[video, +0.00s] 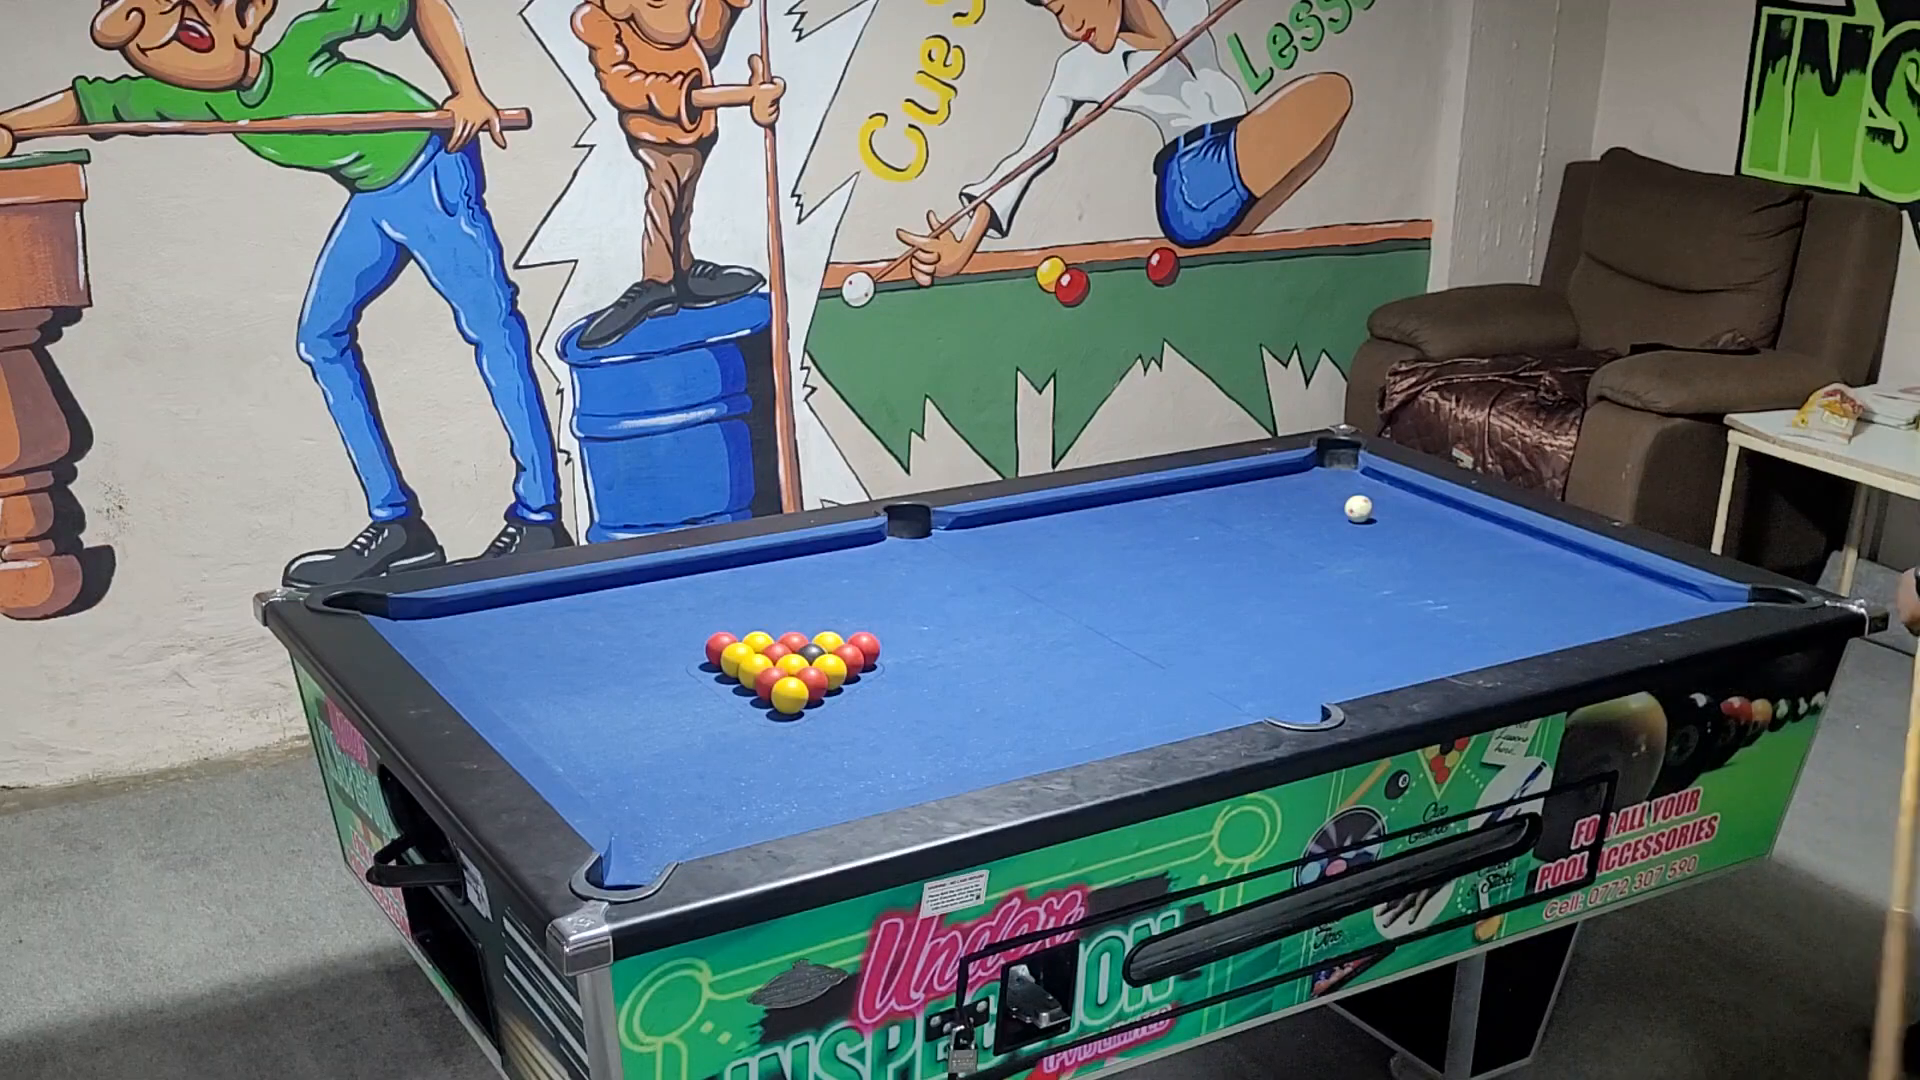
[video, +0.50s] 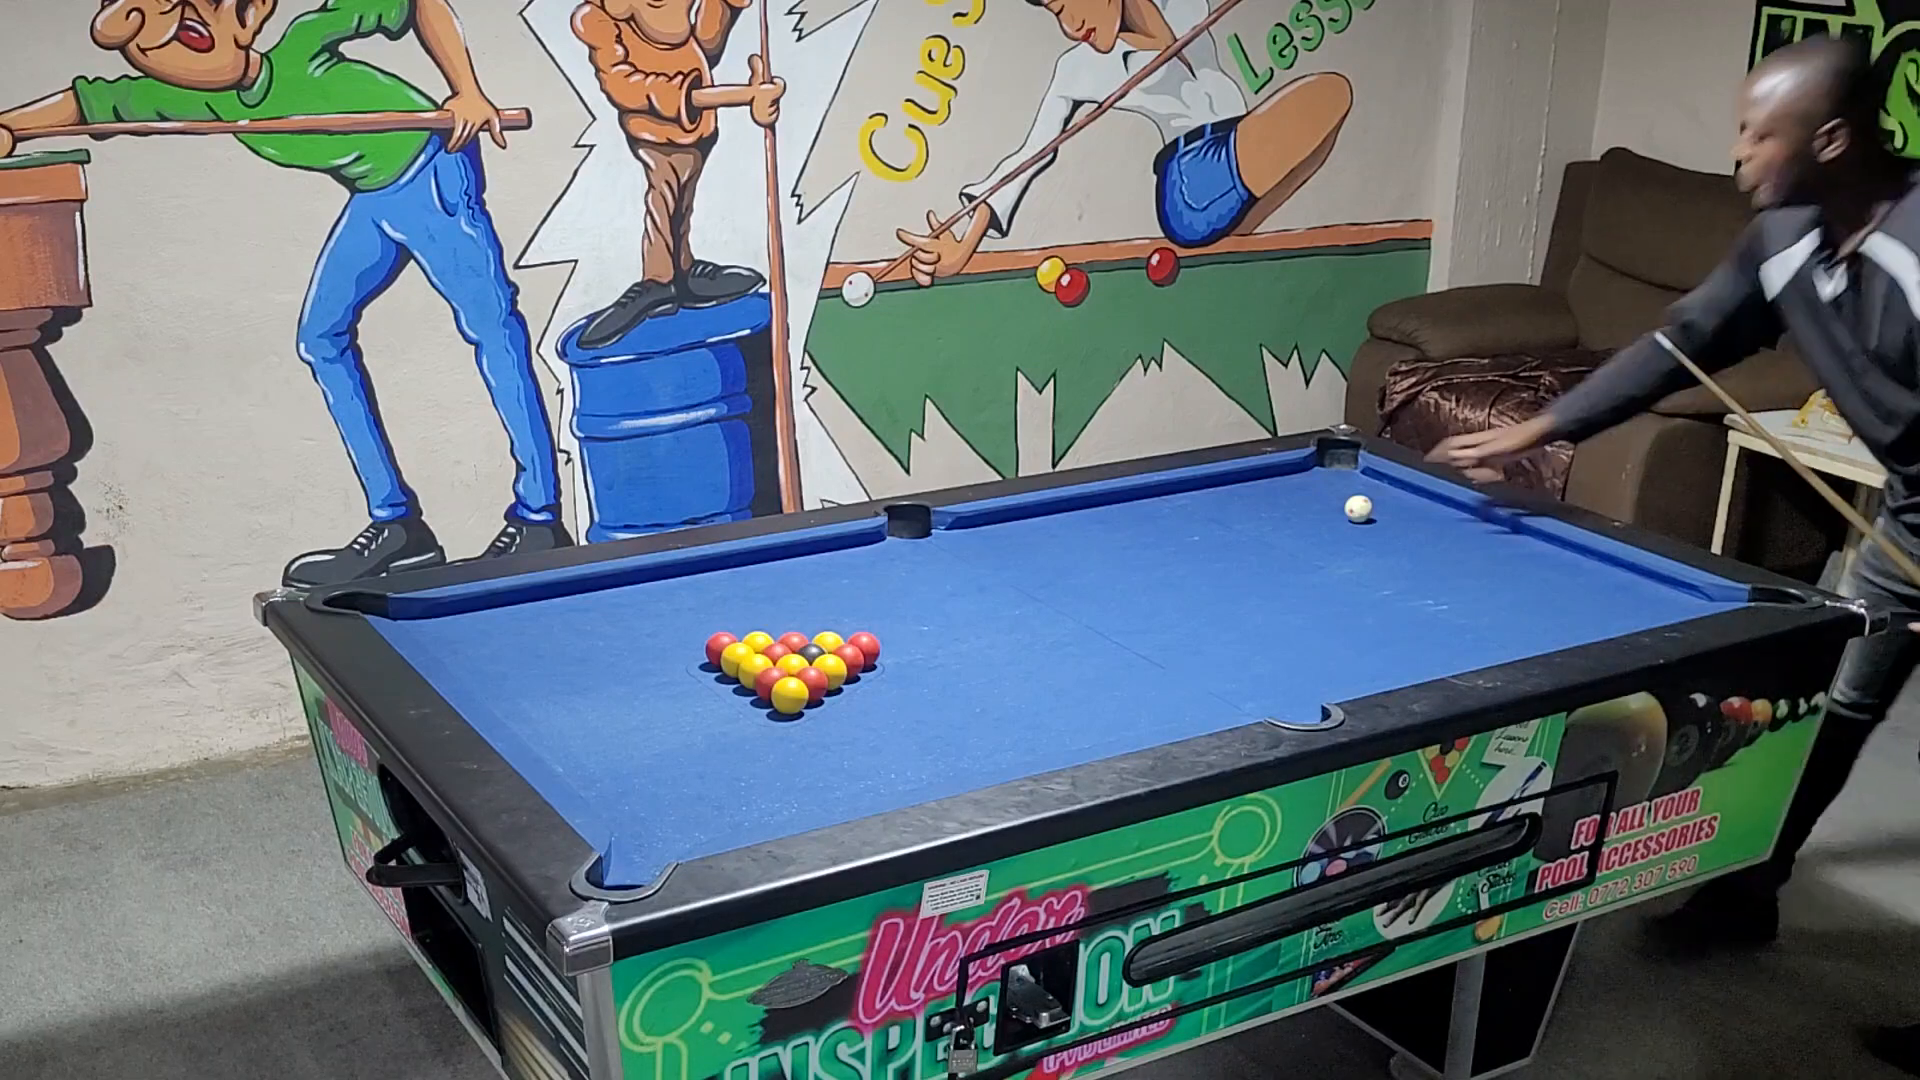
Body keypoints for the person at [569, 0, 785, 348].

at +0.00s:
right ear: (617, 5)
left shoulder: (699, 6)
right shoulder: (598, 20)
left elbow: (707, 47)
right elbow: (624, 88)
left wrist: (730, 5)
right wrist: (746, 95)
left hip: (694, 89)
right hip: (645, 103)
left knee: (688, 173)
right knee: (666, 173)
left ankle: (682, 268)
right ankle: (657, 279)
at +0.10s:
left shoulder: (700, 6)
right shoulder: (597, 19)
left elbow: (708, 47)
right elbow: (624, 87)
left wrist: (731, 5)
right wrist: (746, 95)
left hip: (694, 89)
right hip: (644, 102)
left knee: (688, 174)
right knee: (665, 174)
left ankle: (683, 269)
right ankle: (657, 280)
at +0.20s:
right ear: (617, 6)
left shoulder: (700, 6)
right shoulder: (597, 19)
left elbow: (708, 47)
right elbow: (625, 87)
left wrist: (731, 5)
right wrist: (746, 95)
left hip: (694, 91)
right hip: (644, 103)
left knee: (688, 173)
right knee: (665, 174)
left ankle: (682, 269)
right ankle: (656, 280)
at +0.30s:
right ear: (617, 6)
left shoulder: (700, 6)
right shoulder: (597, 19)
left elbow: (708, 47)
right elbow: (625, 87)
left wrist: (730, 5)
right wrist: (746, 95)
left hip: (694, 90)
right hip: (644, 103)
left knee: (688, 174)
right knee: (665, 174)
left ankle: (682, 269)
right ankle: (657, 280)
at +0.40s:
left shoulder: (699, 6)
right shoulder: (597, 19)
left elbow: (707, 47)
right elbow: (624, 87)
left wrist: (730, 5)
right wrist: (746, 95)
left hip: (694, 90)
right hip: (644, 103)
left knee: (688, 173)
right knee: (665, 174)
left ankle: (682, 269)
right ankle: (657, 280)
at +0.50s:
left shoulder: (700, 6)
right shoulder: (597, 19)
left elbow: (707, 47)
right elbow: (624, 87)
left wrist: (731, 5)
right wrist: (746, 95)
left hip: (694, 90)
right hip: (644, 103)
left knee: (688, 174)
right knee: (665, 174)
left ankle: (682, 269)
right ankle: (657, 280)